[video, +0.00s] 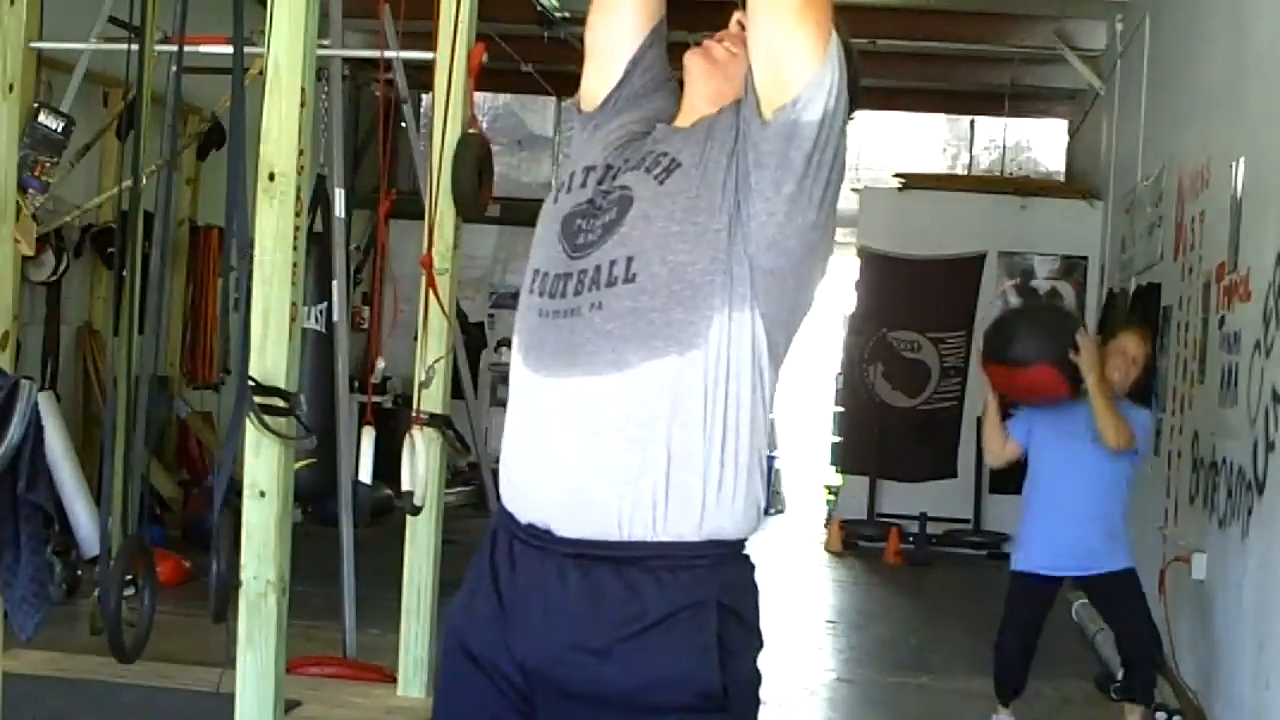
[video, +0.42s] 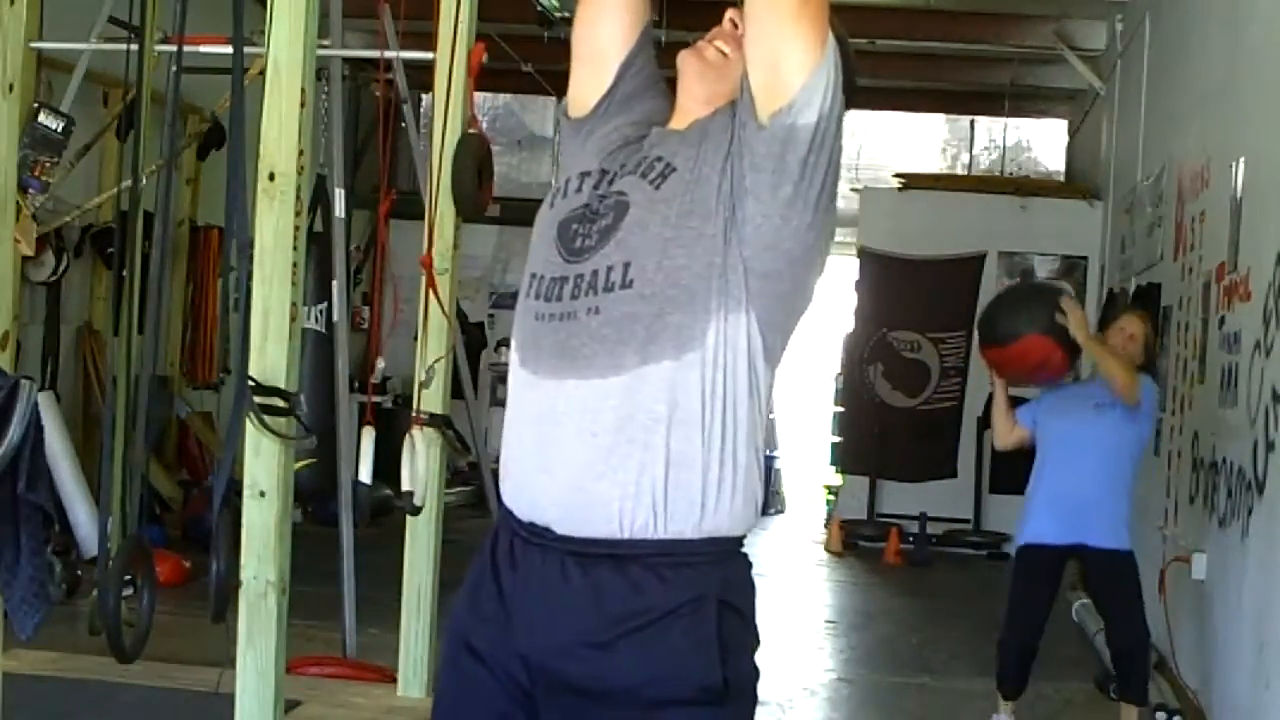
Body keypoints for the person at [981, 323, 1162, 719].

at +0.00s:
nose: (1125, 367)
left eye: (1136, 362)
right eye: (1120, 355)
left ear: (1142, 372)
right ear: (1100, 353)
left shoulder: (1138, 417)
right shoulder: (1043, 410)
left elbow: (1117, 439)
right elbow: (996, 455)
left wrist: (1091, 372)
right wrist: (993, 393)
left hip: (1104, 559)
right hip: (1038, 557)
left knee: (1142, 644)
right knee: (1013, 643)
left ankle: (1137, 711)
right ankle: (1004, 708)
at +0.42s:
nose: (1126, 340)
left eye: (1137, 338)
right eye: (1121, 331)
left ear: (1145, 354)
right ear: (1103, 337)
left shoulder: (1143, 391)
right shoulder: (1056, 396)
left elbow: (1124, 388)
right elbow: (1004, 437)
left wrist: (1083, 337)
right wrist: (1000, 384)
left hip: (1106, 534)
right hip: (1044, 530)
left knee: (1132, 638)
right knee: (1020, 629)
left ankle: (1131, 713)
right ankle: (1005, 710)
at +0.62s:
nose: (1106, 325)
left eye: (1116, 319)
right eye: (1101, 318)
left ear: (1131, 330)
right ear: (1090, 327)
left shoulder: (1137, 374)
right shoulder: (1050, 374)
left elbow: (1130, 315)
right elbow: (996, 377)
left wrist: (1090, 264)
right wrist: (1007, 321)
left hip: (1105, 518)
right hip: (1043, 516)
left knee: (1112, 623)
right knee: (1026, 615)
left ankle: (1128, 714)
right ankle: (1004, 712)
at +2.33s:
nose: (1116, 333)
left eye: (1127, 327)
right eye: (1110, 323)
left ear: (1137, 336)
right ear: (1093, 324)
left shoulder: (1143, 374)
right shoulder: (1052, 372)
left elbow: (1129, 400)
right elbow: (1011, 434)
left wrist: (1091, 345)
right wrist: (994, 379)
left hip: (1110, 521)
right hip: (1045, 518)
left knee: (1114, 623)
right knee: (1029, 616)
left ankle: (1130, 716)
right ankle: (1003, 713)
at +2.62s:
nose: (1112, 351)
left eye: (1122, 344)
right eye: (1106, 340)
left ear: (1131, 344)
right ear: (1088, 332)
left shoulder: (1138, 383)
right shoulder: (1054, 375)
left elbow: (1140, 450)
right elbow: (1024, 431)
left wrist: (1105, 422)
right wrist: (1019, 384)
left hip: (1106, 524)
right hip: (1043, 521)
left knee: (1115, 623)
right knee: (1027, 616)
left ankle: (1131, 714)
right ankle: (1003, 711)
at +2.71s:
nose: (1110, 361)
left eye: (1119, 355)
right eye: (1103, 350)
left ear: (1129, 354)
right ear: (1086, 342)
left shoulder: (1137, 392)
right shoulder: (1047, 381)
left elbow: (1142, 465)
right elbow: (1012, 436)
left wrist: (1113, 454)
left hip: (1107, 526)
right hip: (1043, 523)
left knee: (1116, 624)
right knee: (1026, 616)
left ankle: (1131, 715)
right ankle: (1002, 712)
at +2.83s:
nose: (1105, 400)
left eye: (1115, 392)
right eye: (1099, 388)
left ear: (1124, 393)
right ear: (1082, 382)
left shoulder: (1135, 427)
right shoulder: (1035, 417)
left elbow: (1143, 497)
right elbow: (1006, 476)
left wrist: (1121, 530)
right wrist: (1002, 522)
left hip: (1105, 525)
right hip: (1040, 518)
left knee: (1123, 623)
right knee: (1020, 616)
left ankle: (1132, 712)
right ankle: (1002, 711)